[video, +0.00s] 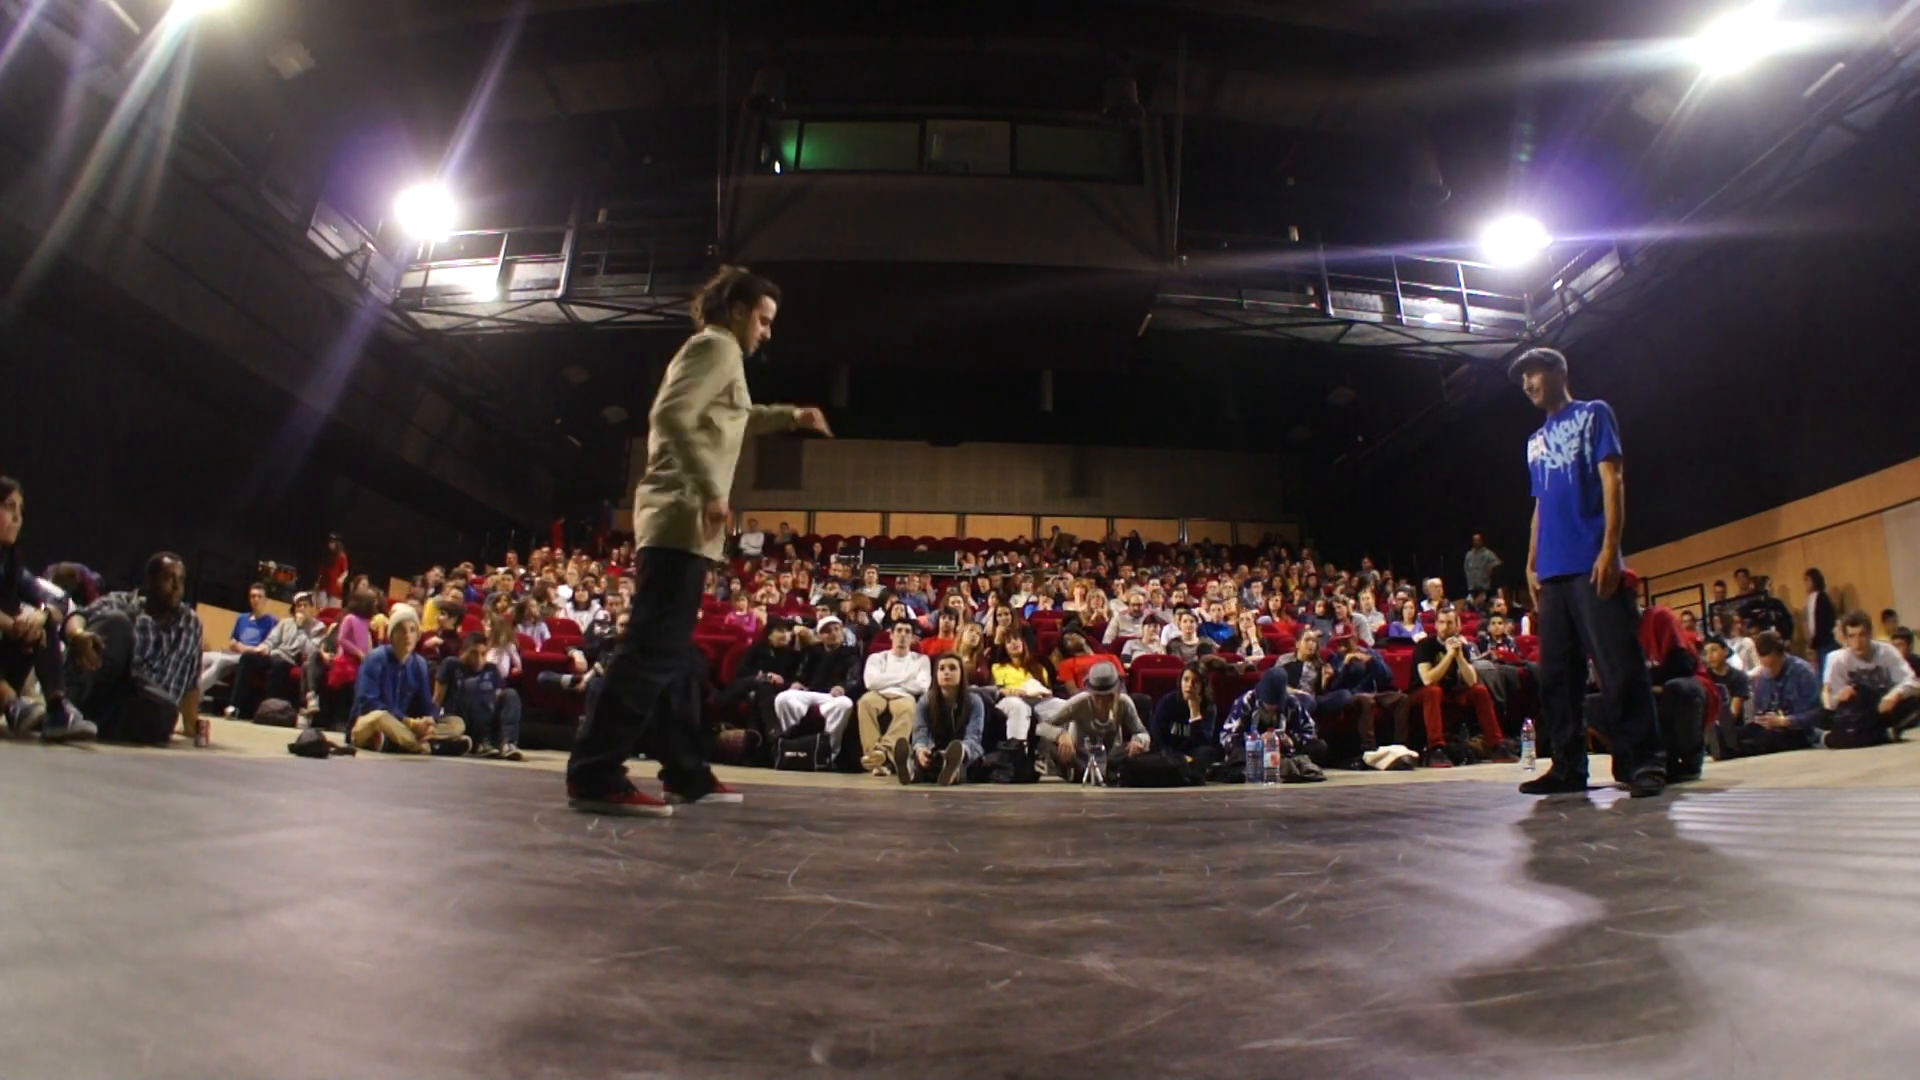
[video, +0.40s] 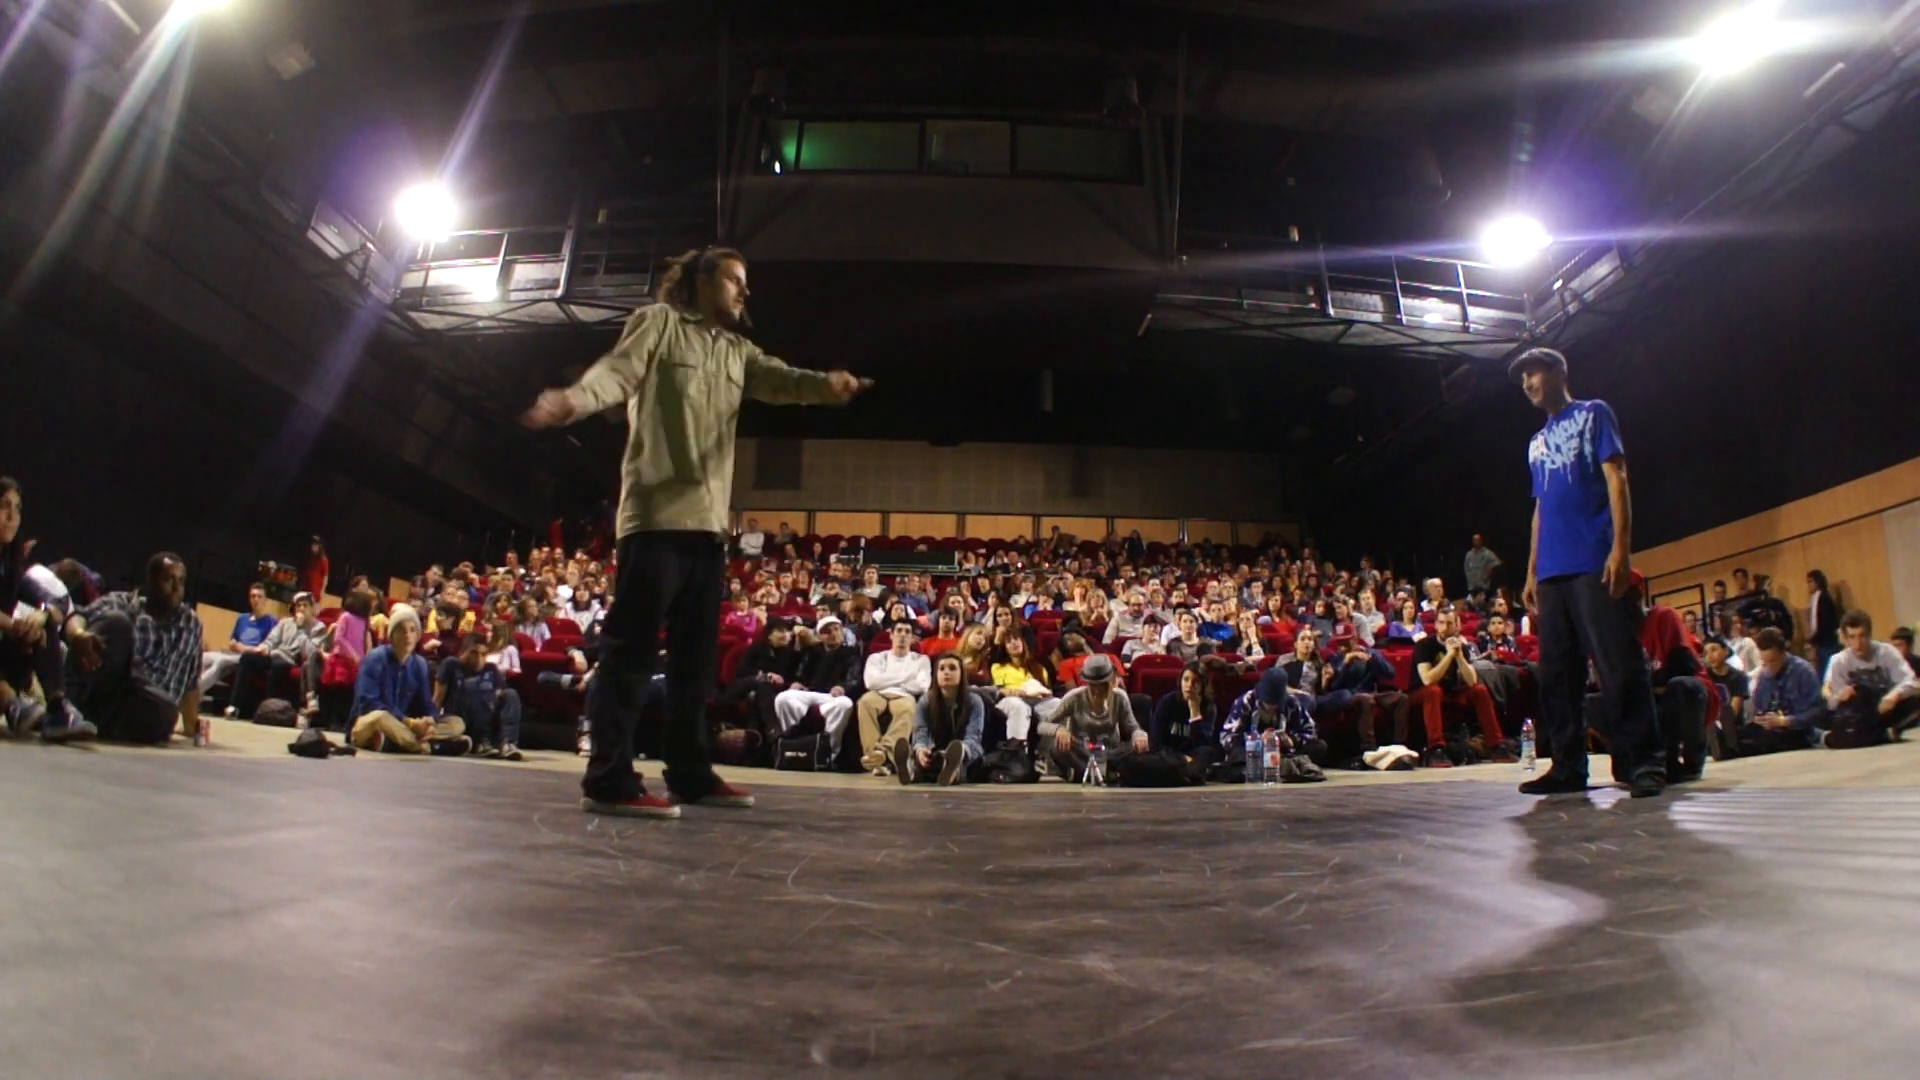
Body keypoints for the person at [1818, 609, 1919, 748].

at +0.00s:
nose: (1857, 642)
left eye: (1862, 635)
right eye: (1851, 636)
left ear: (1870, 634)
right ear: (1845, 638)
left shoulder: (1886, 651)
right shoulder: (1837, 659)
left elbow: (1911, 681)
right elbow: (1829, 702)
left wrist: (1894, 695)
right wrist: (1838, 697)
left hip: (1885, 703)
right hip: (1856, 704)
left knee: (1913, 704)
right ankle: (1885, 734)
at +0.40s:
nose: (1857, 643)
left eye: (1862, 636)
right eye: (1852, 637)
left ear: (1869, 635)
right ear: (1844, 638)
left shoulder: (1886, 652)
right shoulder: (1839, 661)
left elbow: (1911, 681)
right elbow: (1830, 702)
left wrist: (1893, 696)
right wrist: (1839, 696)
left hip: (1886, 703)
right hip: (1858, 705)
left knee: (1914, 704)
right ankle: (1884, 734)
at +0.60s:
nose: (1857, 643)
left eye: (1862, 636)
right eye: (1852, 637)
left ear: (1869, 635)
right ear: (1843, 638)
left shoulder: (1886, 652)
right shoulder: (1839, 661)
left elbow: (1911, 681)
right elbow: (1830, 702)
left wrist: (1894, 695)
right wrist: (1839, 696)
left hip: (1886, 702)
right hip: (1858, 704)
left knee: (1914, 703)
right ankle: (1885, 734)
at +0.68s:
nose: (1857, 643)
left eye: (1862, 636)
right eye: (1852, 638)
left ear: (1869, 635)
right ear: (1844, 638)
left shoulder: (1886, 652)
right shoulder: (1839, 661)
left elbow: (1911, 681)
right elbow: (1831, 703)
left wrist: (1894, 695)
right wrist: (1839, 697)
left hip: (1886, 702)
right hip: (1858, 704)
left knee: (1914, 703)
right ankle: (1885, 734)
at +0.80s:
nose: (1857, 643)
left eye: (1861, 637)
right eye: (1852, 638)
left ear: (1869, 635)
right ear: (1844, 638)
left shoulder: (1886, 652)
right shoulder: (1839, 661)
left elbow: (1911, 681)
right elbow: (1831, 703)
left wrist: (1893, 695)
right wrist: (1839, 697)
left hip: (1887, 702)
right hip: (1859, 704)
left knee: (1913, 703)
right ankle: (1885, 734)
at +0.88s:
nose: (1857, 643)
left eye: (1861, 637)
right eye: (1851, 638)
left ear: (1869, 635)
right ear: (1844, 638)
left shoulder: (1886, 652)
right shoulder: (1838, 661)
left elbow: (1911, 681)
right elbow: (1830, 702)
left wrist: (1893, 695)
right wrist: (1839, 697)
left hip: (1886, 702)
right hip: (1858, 705)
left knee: (1913, 703)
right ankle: (1884, 734)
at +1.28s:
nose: (1857, 644)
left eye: (1862, 637)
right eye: (1851, 638)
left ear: (1870, 636)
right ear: (1845, 639)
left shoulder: (1887, 652)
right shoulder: (1836, 661)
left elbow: (1911, 681)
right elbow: (1828, 702)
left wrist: (1894, 695)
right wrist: (1838, 697)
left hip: (1885, 704)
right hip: (1856, 706)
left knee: (1914, 704)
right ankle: (1884, 734)